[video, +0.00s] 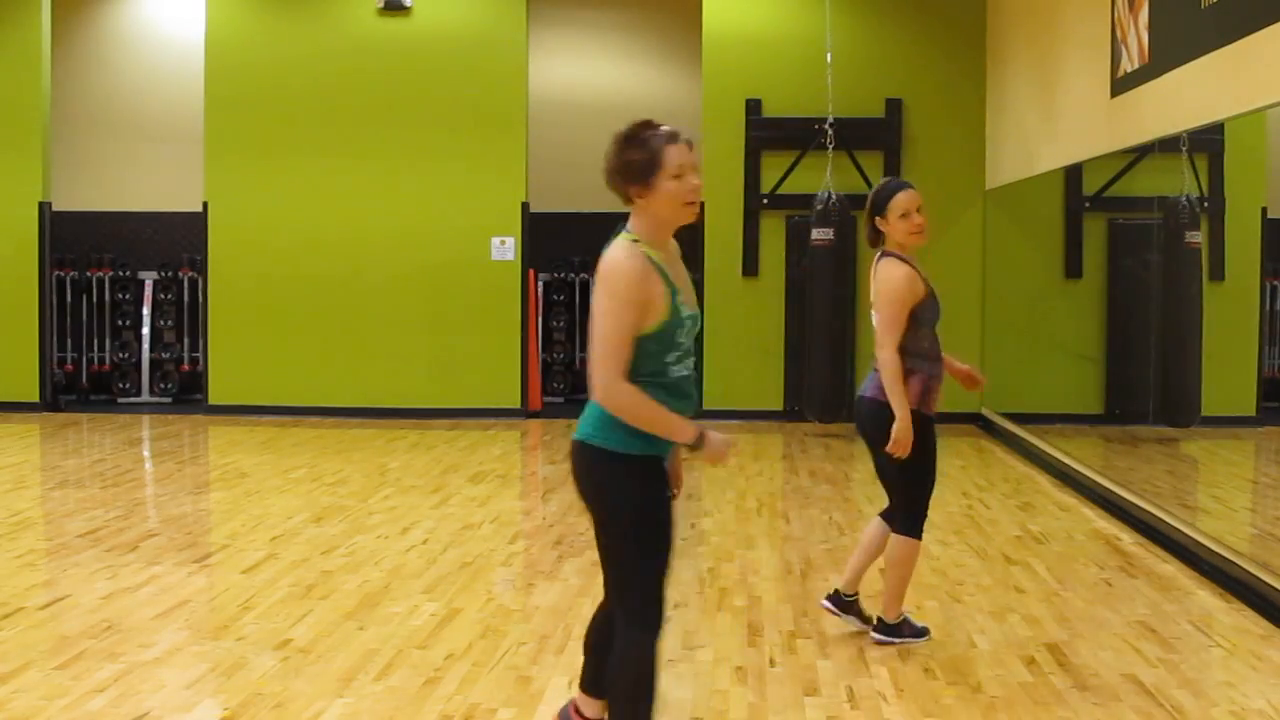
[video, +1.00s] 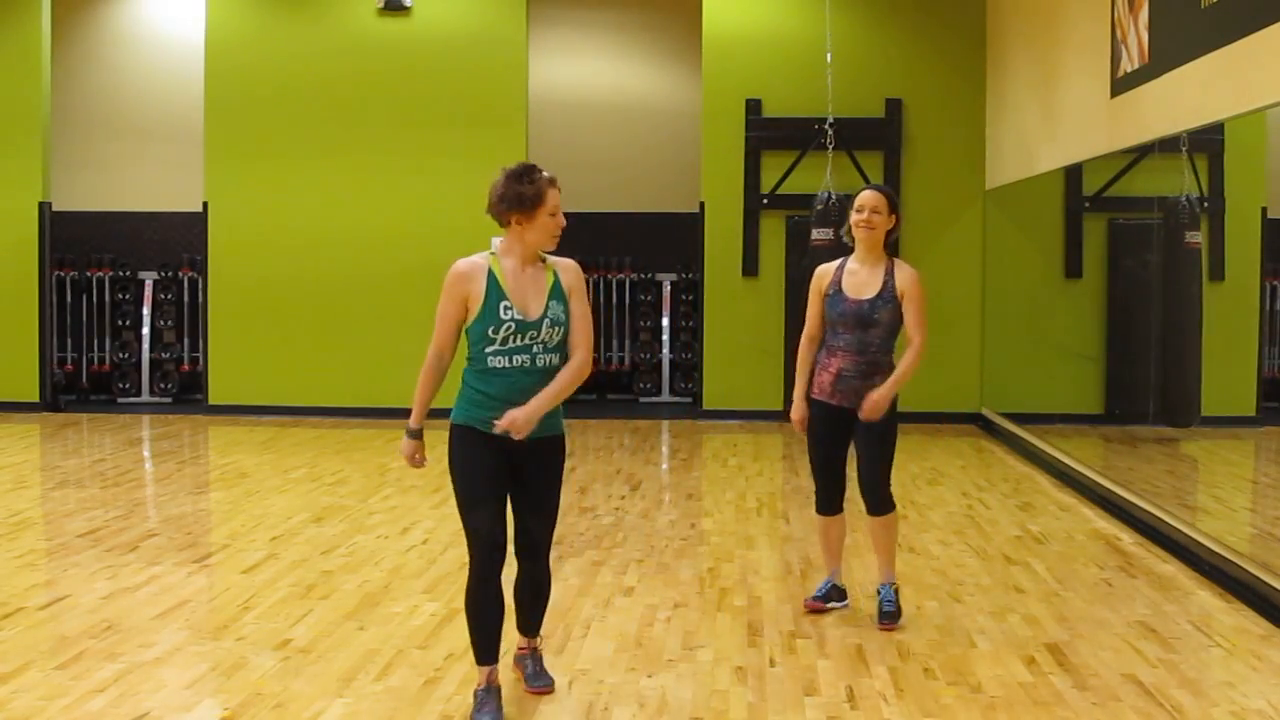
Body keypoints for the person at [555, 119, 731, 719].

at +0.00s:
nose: (697, 185)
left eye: (697, 172)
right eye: (682, 175)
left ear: (691, 176)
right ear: (641, 187)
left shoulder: (667, 250)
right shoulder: (624, 263)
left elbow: (663, 364)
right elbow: (606, 385)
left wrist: (671, 449)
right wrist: (692, 433)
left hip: (646, 453)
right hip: (616, 456)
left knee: (630, 594)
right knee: (640, 613)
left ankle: (589, 703)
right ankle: (628, 712)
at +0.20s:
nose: (633, 186)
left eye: (641, 175)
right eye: (617, 176)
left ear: (652, 186)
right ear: (589, 189)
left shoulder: (661, 261)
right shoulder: (564, 263)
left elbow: (681, 352)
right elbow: (529, 364)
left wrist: (697, 435)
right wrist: (576, 425)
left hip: (627, 451)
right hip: (559, 450)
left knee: (616, 589)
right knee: (580, 590)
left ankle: (579, 711)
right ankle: (529, 708)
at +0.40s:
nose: (586, 199)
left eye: (594, 189)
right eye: (572, 189)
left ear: (606, 199)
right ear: (547, 201)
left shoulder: (621, 274)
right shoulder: (519, 270)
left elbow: (660, 365)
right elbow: (476, 362)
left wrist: (704, 442)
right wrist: (481, 439)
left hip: (587, 453)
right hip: (517, 454)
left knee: (590, 590)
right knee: (520, 579)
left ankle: (582, 711)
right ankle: (492, 675)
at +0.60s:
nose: (557, 211)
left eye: (563, 201)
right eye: (545, 200)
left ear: (568, 208)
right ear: (513, 207)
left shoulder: (582, 275)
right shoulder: (479, 278)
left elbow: (606, 365)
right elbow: (444, 371)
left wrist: (630, 445)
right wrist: (420, 455)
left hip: (557, 447)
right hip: (487, 447)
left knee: (570, 572)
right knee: (497, 574)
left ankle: (566, 692)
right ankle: (491, 685)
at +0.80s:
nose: (558, 214)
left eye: (557, 204)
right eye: (548, 206)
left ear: (535, 211)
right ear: (511, 214)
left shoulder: (567, 271)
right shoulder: (465, 274)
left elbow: (587, 357)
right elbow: (434, 357)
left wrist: (537, 421)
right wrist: (407, 437)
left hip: (544, 437)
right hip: (477, 438)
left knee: (539, 566)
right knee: (488, 564)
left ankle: (530, 635)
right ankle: (490, 683)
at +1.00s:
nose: (563, 221)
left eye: (561, 212)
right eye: (553, 213)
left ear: (532, 219)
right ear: (516, 219)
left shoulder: (567, 275)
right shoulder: (468, 275)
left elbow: (581, 359)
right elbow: (439, 354)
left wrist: (535, 408)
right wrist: (415, 424)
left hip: (542, 434)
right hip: (477, 433)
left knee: (535, 554)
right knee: (486, 556)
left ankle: (529, 648)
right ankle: (487, 679)